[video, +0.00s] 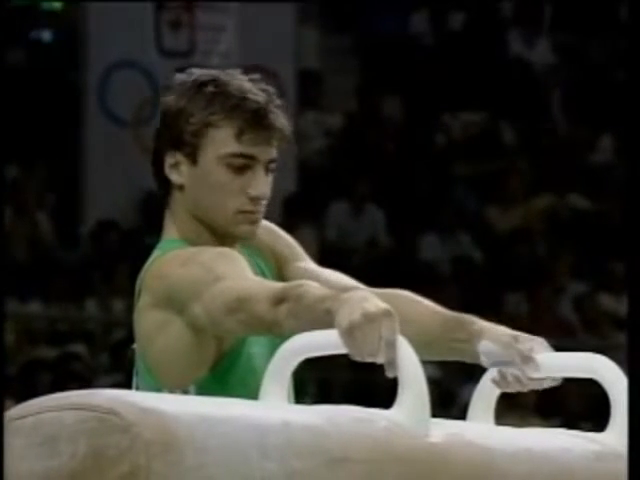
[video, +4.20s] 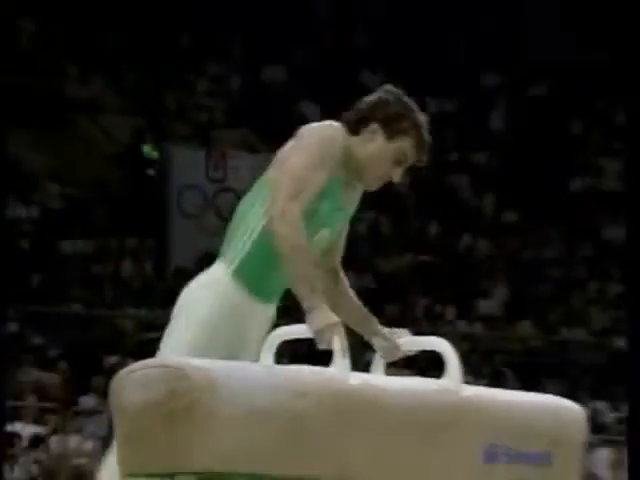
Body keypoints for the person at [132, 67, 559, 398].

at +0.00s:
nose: (260, 187)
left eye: (269, 168)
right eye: (238, 166)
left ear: (277, 168)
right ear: (177, 168)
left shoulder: (262, 242)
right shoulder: (185, 270)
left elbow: (363, 298)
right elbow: (272, 305)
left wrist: (481, 337)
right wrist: (345, 304)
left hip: (253, 466)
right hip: (190, 469)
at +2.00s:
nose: (254, 186)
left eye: (262, 166)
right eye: (231, 165)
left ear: (271, 163)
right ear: (171, 169)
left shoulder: (255, 238)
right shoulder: (182, 270)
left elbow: (357, 294)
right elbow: (272, 307)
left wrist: (478, 338)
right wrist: (342, 303)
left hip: (248, 467)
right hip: (188, 471)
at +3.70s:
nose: (228, 220)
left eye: (232, 195)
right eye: (201, 203)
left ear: (240, 186)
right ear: (141, 214)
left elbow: (387, 273)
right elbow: (258, 319)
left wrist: (471, 341)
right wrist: (352, 302)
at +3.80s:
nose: (217, 283)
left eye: (217, 262)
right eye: (189, 270)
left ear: (225, 255)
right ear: (130, 290)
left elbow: (344, 314)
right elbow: (263, 358)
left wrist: (462, 352)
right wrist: (350, 312)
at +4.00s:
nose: (285, 225)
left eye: (293, 211)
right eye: (274, 208)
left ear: (298, 208)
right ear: (226, 195)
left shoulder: (287, 251)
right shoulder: (189, 237)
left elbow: (346, 343)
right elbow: (235, 293)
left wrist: (411, 349)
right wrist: (323, 305)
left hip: (256, 430)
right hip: (181, 429)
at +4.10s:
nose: (363, 183)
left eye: (371, 171)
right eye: (360, 163)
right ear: (323, 137)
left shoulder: (332, 207)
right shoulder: (270, 155)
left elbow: (333, 298)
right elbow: (248, 242)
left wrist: (390, 337)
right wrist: (318, 305)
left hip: (251, 371)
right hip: (192, 363)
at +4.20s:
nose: (396, 176)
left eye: (404, 168)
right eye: (398, 161)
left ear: (377, 140)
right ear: (374, 133)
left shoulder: (349, 189)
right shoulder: (324, 139)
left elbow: (329, 277)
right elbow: (283, 218)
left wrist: (379, 335)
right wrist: (315, 305)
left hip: (253, 320)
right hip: (218, 306)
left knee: (218, 440)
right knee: (163, 424)